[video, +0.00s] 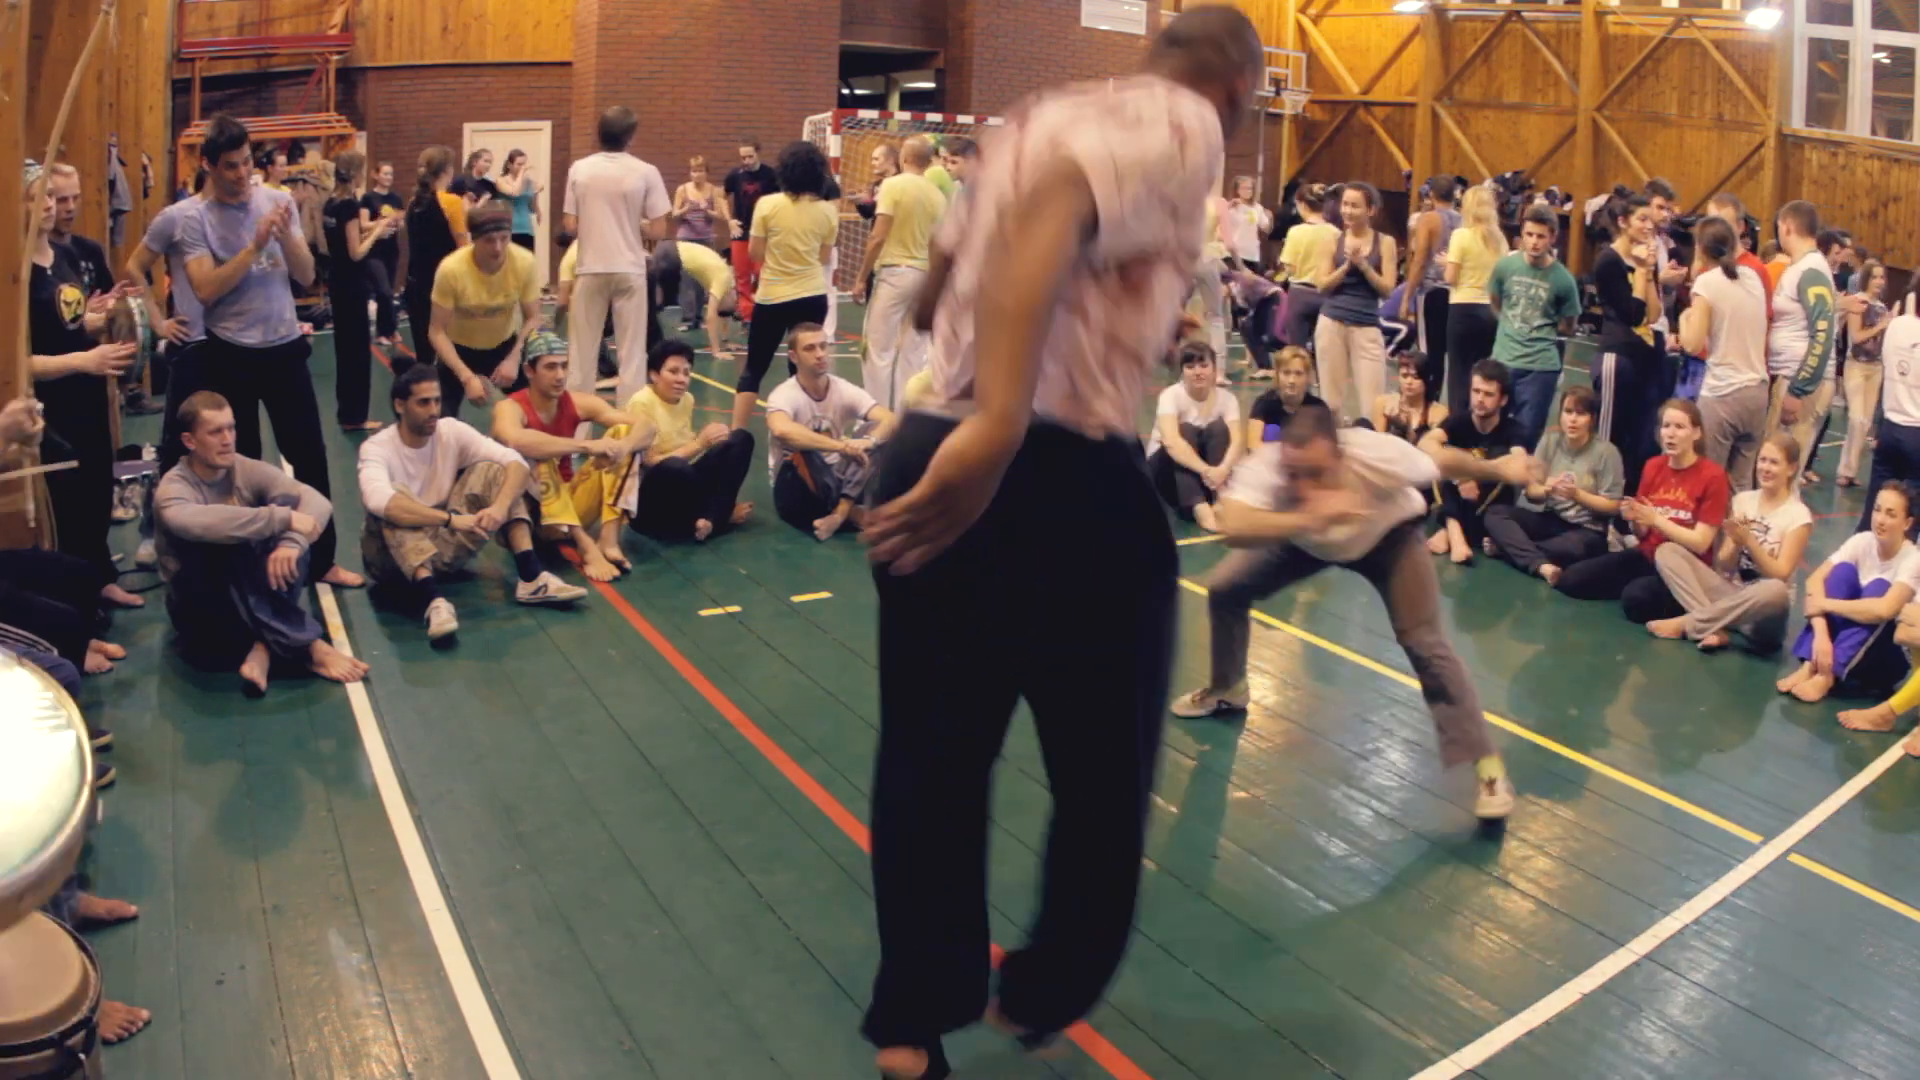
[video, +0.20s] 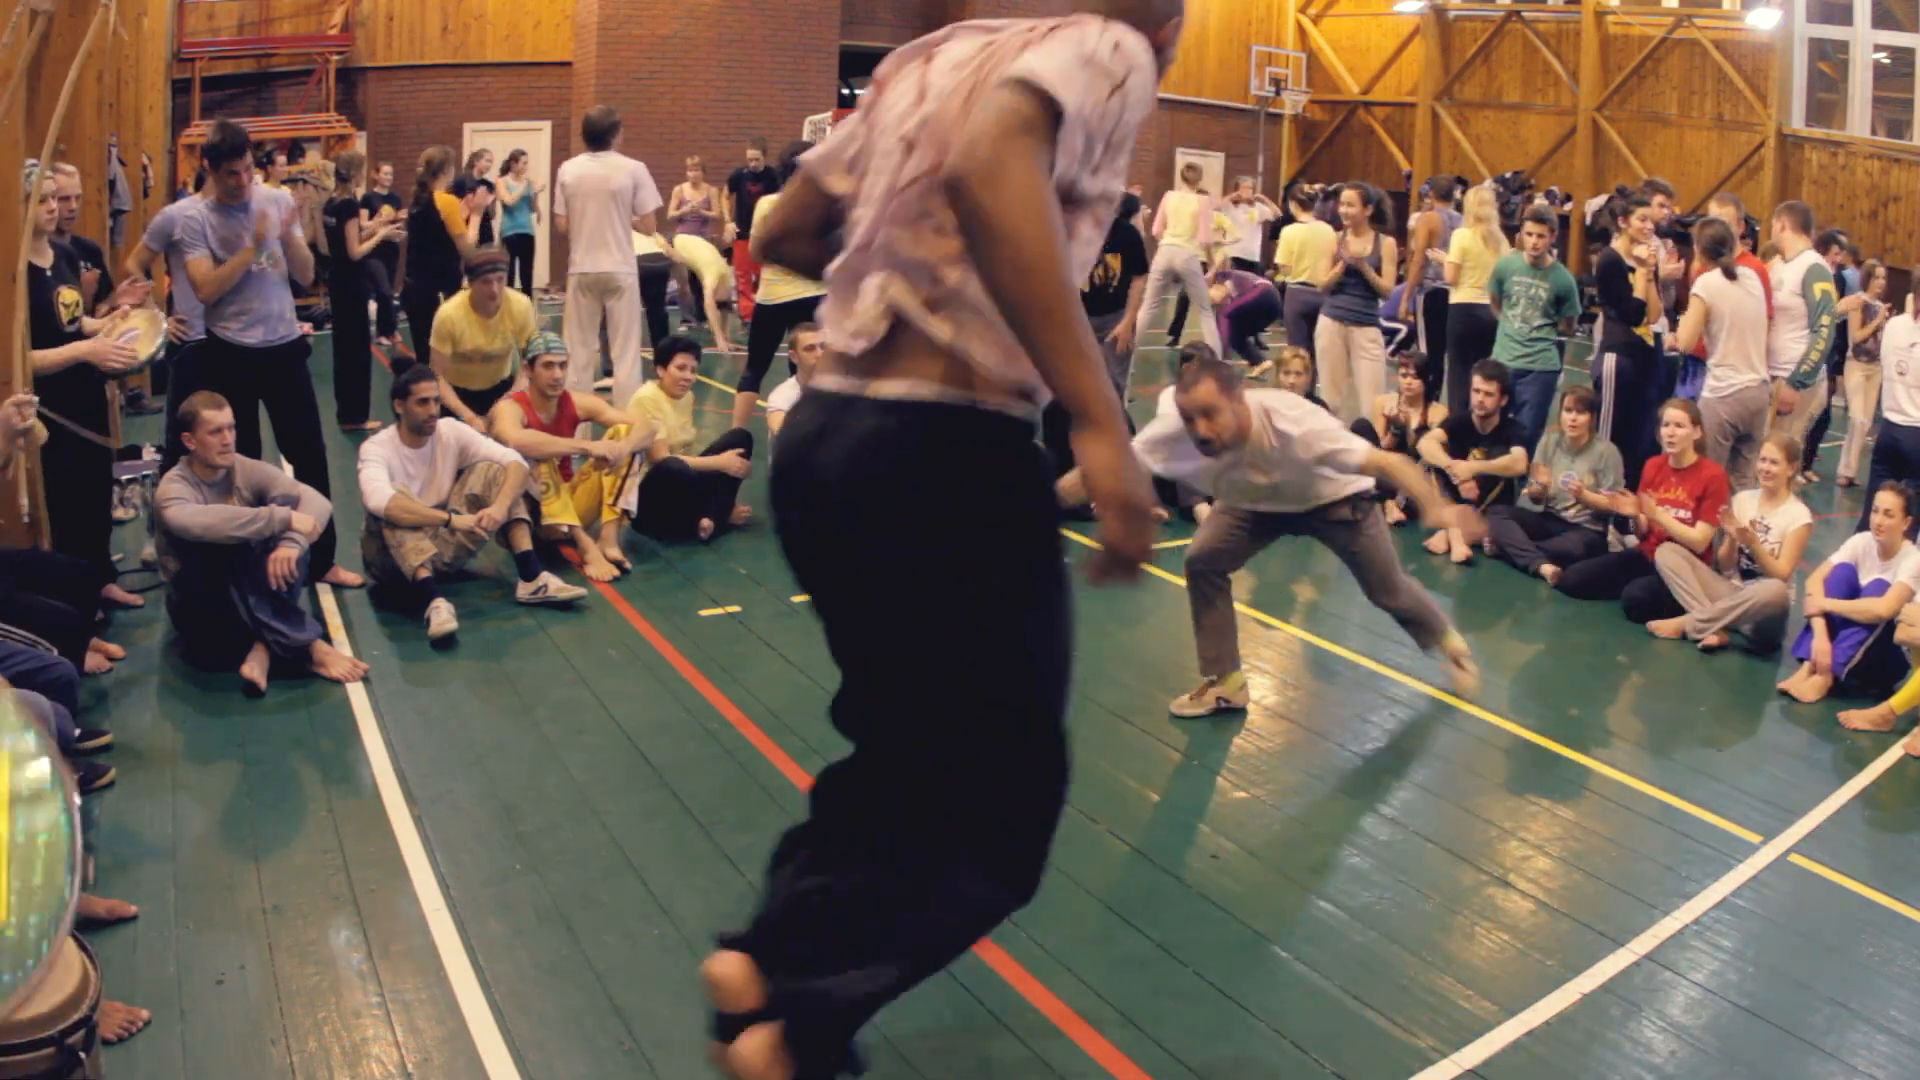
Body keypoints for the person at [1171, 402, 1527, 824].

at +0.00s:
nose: (1302, 478)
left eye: (1311, 467)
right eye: (1293, 467)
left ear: (1335, 449)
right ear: (1282, 451)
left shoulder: (1375, 455)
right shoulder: (1269, 461)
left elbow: (1445, 463)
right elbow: (1230, 522)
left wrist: (1504, 469)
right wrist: (1304, 521)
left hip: (1388, 534)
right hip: (1307, 540)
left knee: (1423, 641)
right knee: (1226, 588)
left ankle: (1486, 764)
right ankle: (1228, 690)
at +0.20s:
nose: (1201, 428)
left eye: (1210, 413)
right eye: (1190, 417)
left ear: (1239, 398)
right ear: (1179, 412)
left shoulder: (1293, 423)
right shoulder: (1171, 431)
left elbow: (1387, 463)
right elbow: (1101, 471)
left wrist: (1436, 509)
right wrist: (1038, 501)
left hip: (1335, 497)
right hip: (1253, 502)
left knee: (1388, 591)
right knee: (1202, 562)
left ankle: (1445, 643)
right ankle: (1226, 682)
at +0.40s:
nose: (1202, 334)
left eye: (1211, 319)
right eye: (1194, 323)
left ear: (1241, 312)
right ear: (1187, 325)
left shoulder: (1282, 348)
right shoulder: (1211, 356)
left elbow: (1228, 428)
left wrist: (1136, 421)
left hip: (1319, 466)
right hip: (1254, 458)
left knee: (1308, 537)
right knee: (1227, 547)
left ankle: (1300, 566)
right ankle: (1226, 674)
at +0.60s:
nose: (1233, 317)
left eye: (1245, 306)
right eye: (1226, 306)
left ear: (1270, 308)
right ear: (1219, 308)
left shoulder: (1290, 364)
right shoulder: (1234, 344)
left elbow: (1248, 433)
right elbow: (1227, 394)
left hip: (1293, 474)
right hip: (1240, 453)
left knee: (1261, 553)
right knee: (1217, 526)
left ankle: (1244, 571)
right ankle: (1222, 637)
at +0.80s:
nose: (1219, 271)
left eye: (1229, 260)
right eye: (1214, 263)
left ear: (1259, 262)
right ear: (1214, 269)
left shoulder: (1274, 294)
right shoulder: (1249, 303)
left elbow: (1204, 354)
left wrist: (1193, 299)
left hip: (1331, 443)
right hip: (1276, 429)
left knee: (1285, 539)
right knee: (1243, 521)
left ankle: (1284, 565)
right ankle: (1237, 630)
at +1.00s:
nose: (1199, 327)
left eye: (1206, 313)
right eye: (1194, 316)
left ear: (1238, 304)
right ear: (1235, 309)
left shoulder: (1254, 336)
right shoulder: (1263, 331)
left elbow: (1203, 423)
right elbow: (1266, 414)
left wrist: (1168, 410)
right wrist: (1213, 405)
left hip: (1369, 453)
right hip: (1321, 451)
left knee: (1332, 566)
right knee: (1265, 523)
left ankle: (1409, 659)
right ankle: (1286, 627)